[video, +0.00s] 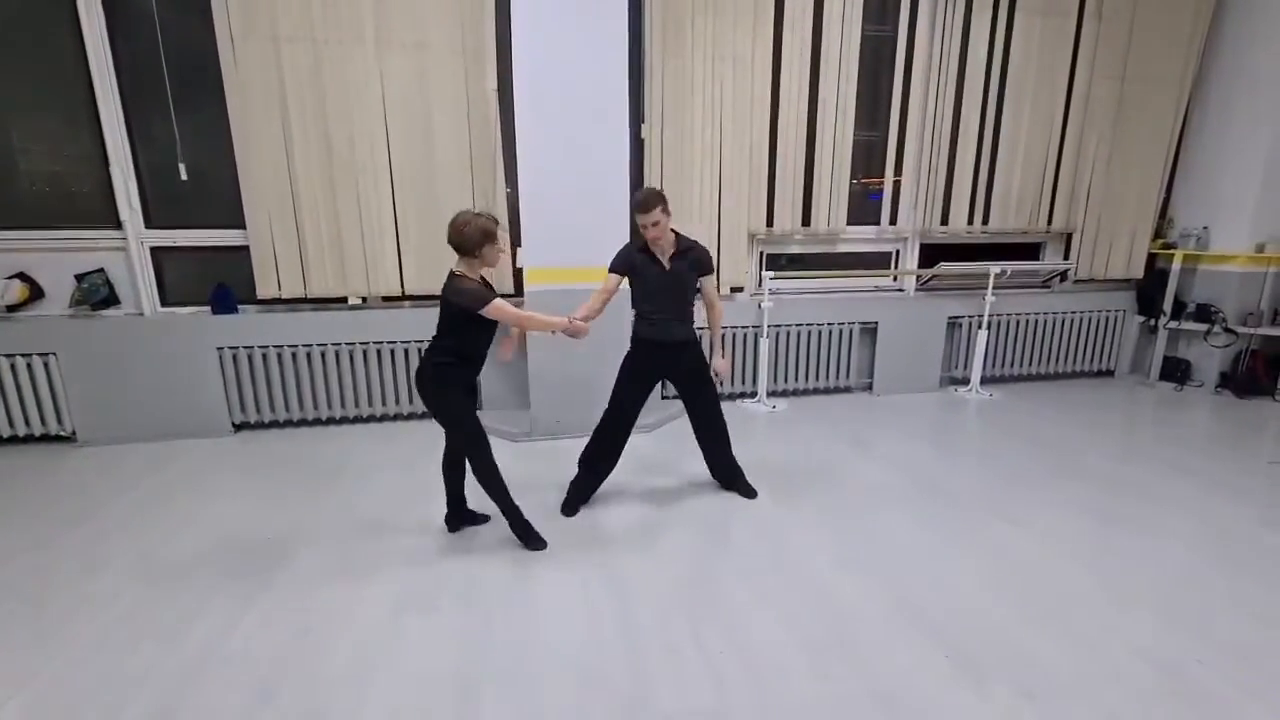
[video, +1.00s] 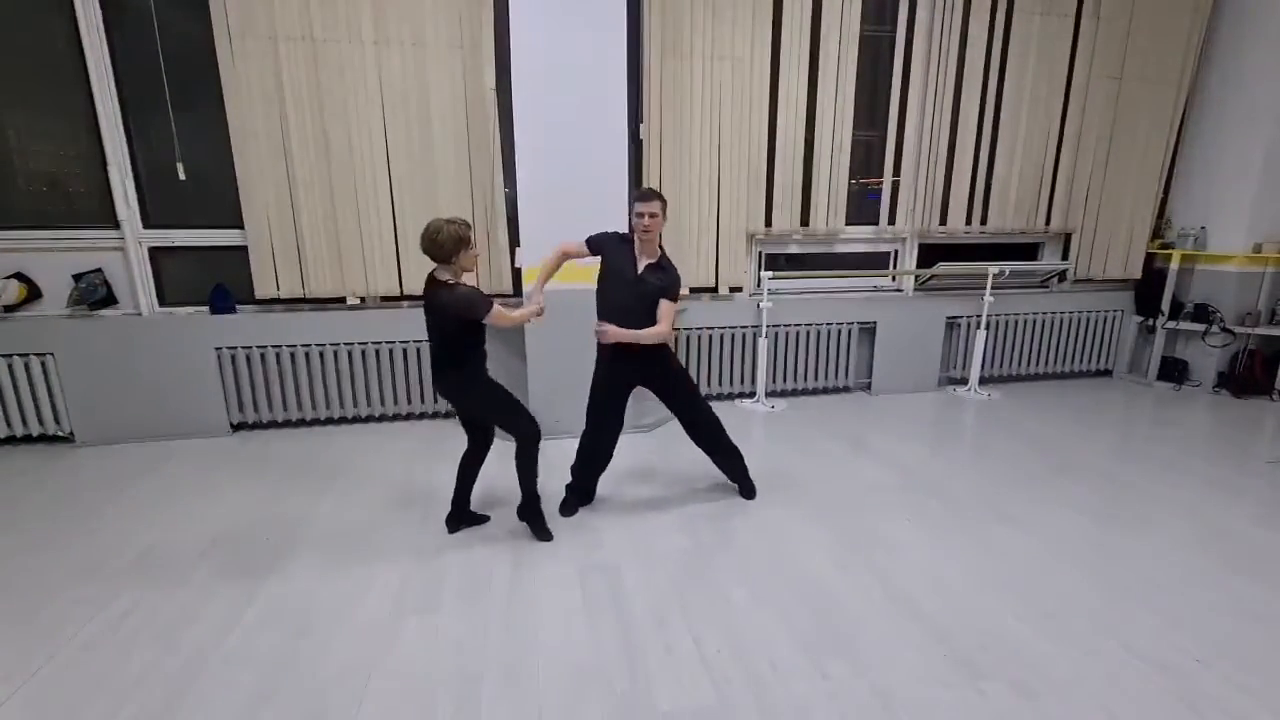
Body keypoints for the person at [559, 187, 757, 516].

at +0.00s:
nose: (650, 234)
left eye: (655, 225)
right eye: (643, 227)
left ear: (669, 217)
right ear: (637, 225)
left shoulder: (695, 254)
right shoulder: (631, 255)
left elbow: (712, 303)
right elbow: (603, 295)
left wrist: (719, 353)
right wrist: (581, 318)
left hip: (685, 350)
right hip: (644, 350)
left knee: (709, 414)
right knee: (617, 418)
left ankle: (729, 475)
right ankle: (581, 488)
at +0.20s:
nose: (625, 230)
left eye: (632, 222)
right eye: (619, 224)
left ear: (649, 224)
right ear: (616, 228)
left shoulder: (676, 268)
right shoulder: (612, 266)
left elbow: (702, 307)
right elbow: (587, 311)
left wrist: (711, 351)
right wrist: (567, 332)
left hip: (678, 348)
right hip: (636, 350)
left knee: (706, 412)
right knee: (612, 416)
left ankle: (733, 473)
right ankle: (581, 486)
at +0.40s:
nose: (620, 215)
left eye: (627, 208)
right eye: (614, 209)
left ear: (643, 212)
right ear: (610, 215)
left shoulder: (666, 262)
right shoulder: (601, 259)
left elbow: (687, 310)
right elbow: (576, 302)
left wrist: (694, 354)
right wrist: (557, 333)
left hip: (666, 347)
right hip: (624, 348)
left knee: (697, 410)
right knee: (604, 414)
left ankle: (735, 472)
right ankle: (580, 485)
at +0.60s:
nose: (626, 209)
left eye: (632, 202)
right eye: (620, 203)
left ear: (647, 204)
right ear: (615, 207)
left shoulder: (666, 256)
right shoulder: (603, 248)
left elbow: (680, 312)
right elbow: (576, 289)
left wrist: (677, 361)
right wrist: (559, 314)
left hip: (657, 350)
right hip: (616, 350)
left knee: (696, 414)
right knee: (596, 418)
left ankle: (736, 473)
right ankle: (579, 487)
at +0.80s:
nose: (631, 215)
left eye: (639, 208)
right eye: (626, 208)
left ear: (655, 209)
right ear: (621, 210)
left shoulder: (665, 262)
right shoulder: (608, 243)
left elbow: (668, 318)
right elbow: (575, 277)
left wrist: (642, 356)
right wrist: (560, 298)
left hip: (656, 349)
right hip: (615, 350)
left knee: (694, 412)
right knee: (596, 422)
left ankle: (738, 471)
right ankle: (578, 489)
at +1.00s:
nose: (645, 222)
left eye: (652, 216)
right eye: (639, 216)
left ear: (663, 220)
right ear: (630, 218)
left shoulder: (668, 275)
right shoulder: (611, 244)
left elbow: (664, 331)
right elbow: (563, 252)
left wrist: (620, 333)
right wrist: (536, 289)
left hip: (655, 357)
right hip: (613, 357)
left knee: (697, 415)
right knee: (599, 427)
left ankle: (739, 474)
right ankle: (578, 491)